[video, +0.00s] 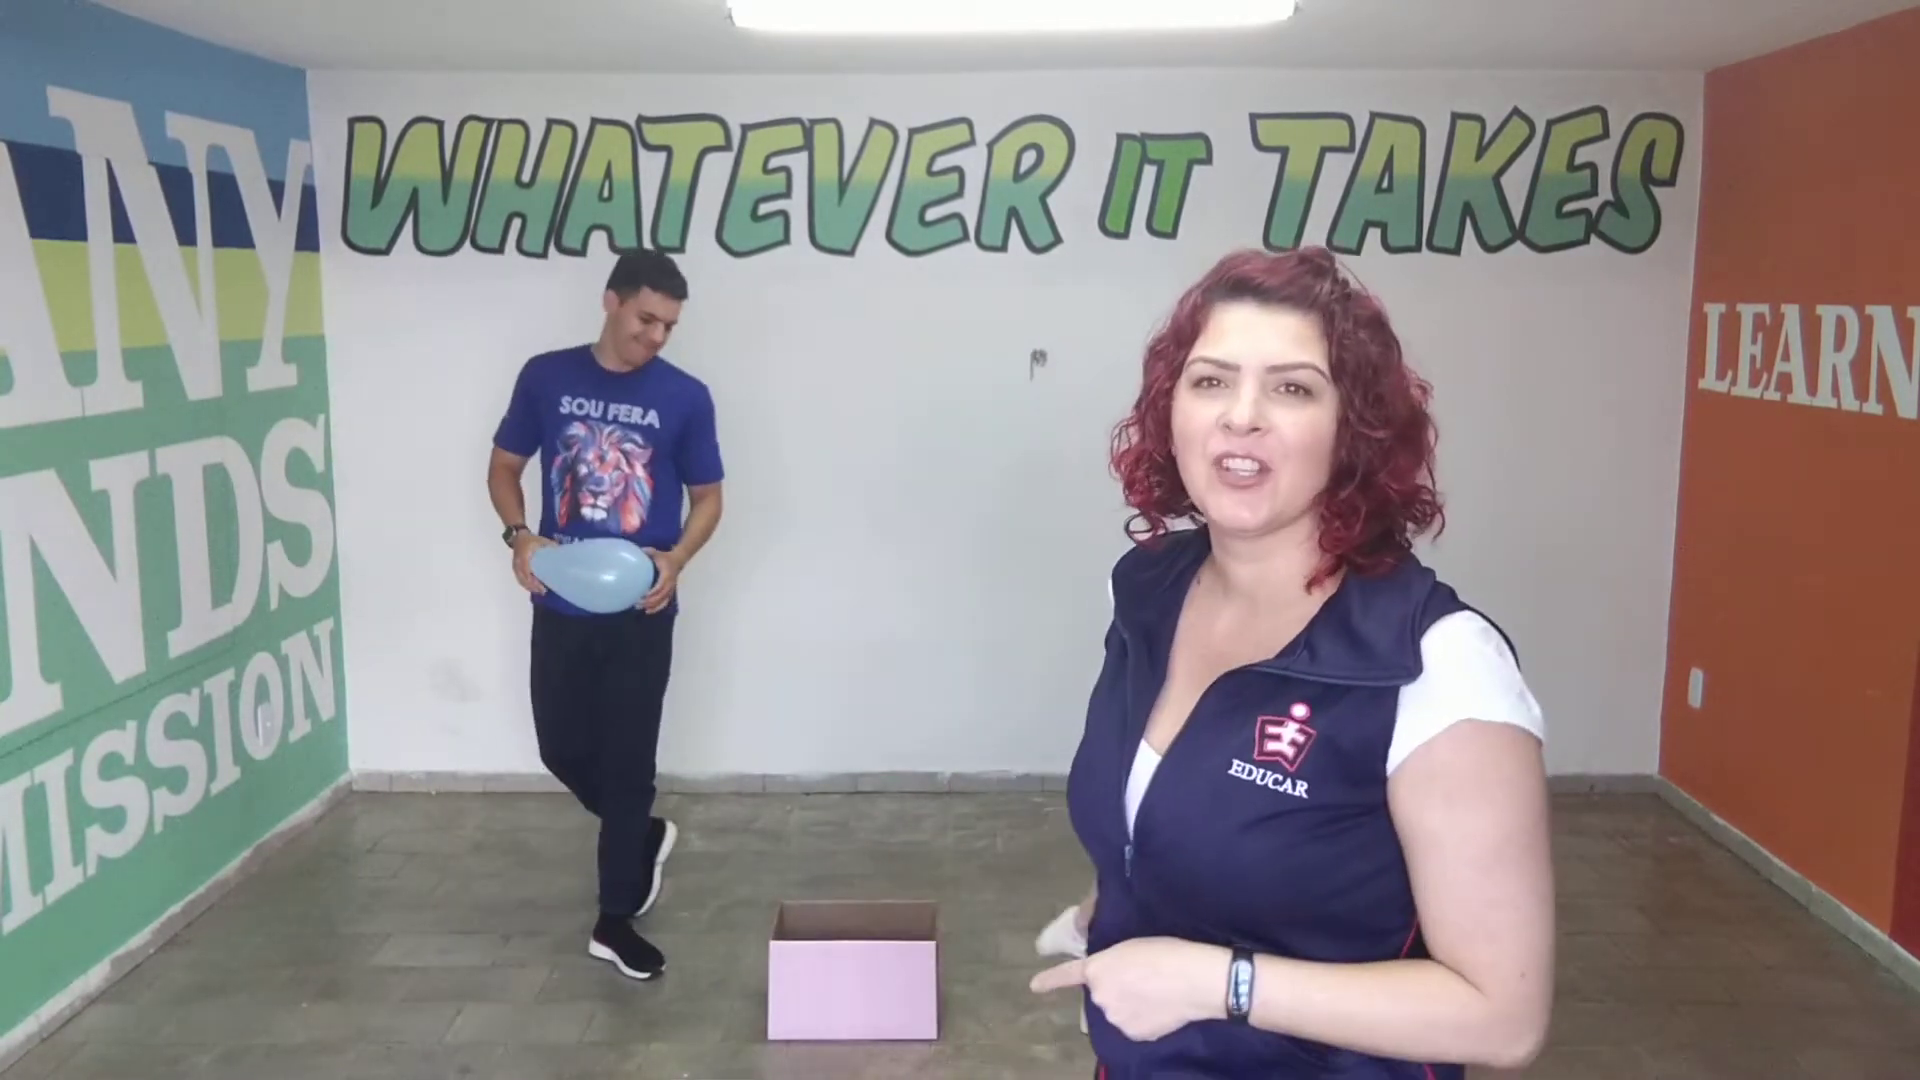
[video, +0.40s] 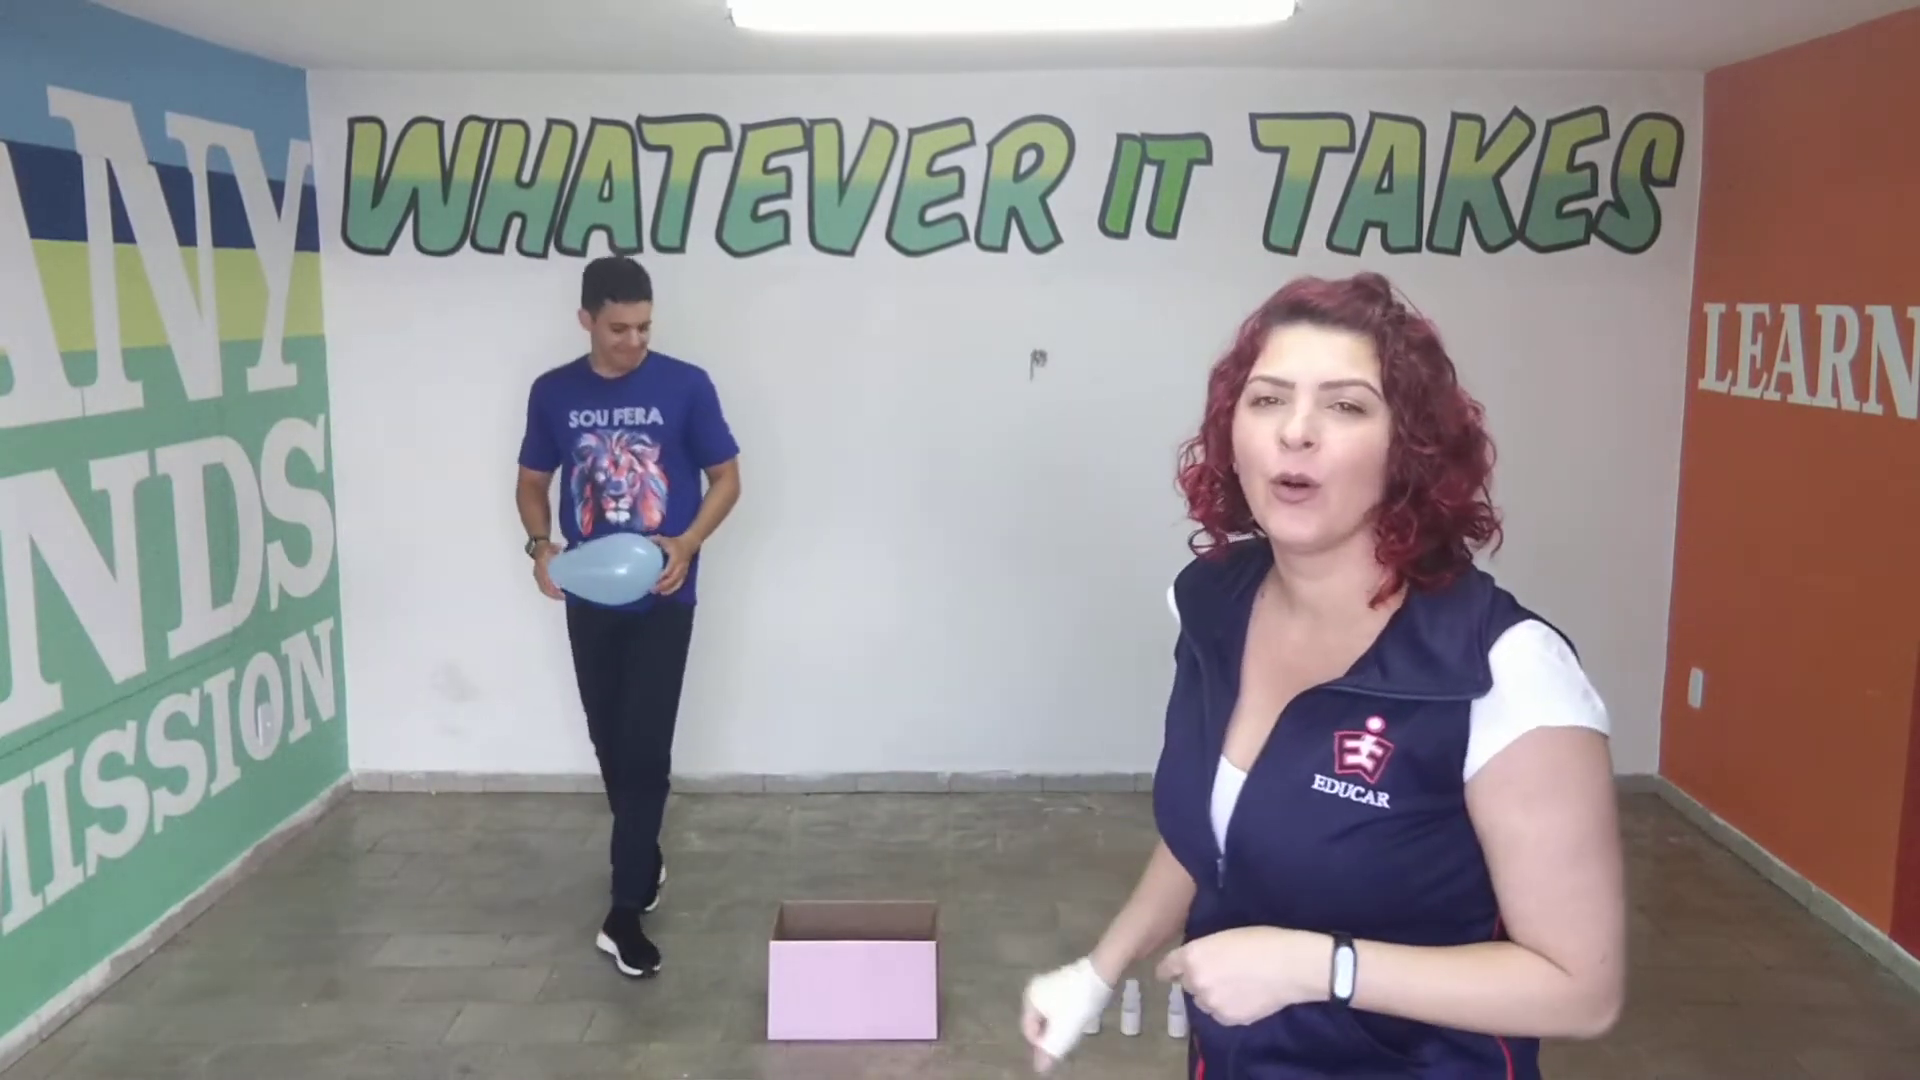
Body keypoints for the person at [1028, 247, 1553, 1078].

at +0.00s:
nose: (1241, 419)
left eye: (1292, 389)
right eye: (1210, 382)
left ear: (1353, 426)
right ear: (1170, 409)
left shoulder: (1440, 664)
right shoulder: (1153, 585)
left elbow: (1503, 1017)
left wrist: (1218, 982)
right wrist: (1114, 913)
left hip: (1328, 1060)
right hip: (1133, 1054)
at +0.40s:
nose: (1296, 433)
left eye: (1346, 406)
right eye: (1270, 399)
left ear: (1408, 443)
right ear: (1230, 426)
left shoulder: (1509, 672)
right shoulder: (1217, 602)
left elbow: (1581, 989)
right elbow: (1203, 823)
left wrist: (1320, 968)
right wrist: (1100, 971)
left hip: (1427, 1061)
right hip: (1227, 1056)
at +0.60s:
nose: (1357, 426)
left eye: (1401, 402)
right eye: (1324, 390)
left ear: (1442, 444)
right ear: (1267, 419)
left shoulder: (1521, 658)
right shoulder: (1231, 595)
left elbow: (1614, 949)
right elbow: (1246, 808)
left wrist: (1388, 1017)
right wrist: (1129, 926)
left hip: (1440, 1063)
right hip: (1246, 1054)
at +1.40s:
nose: (1296, 432)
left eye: (1341, 401)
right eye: (1266, 401)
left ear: (1403, 431)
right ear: (1230, 428)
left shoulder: (1492, 658)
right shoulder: (1222, 600)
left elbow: (1592, 963)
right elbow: (1200, 820)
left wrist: (1372, 1002)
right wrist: (1061, 859)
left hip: (1389, 1062)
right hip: (1199, 1056)